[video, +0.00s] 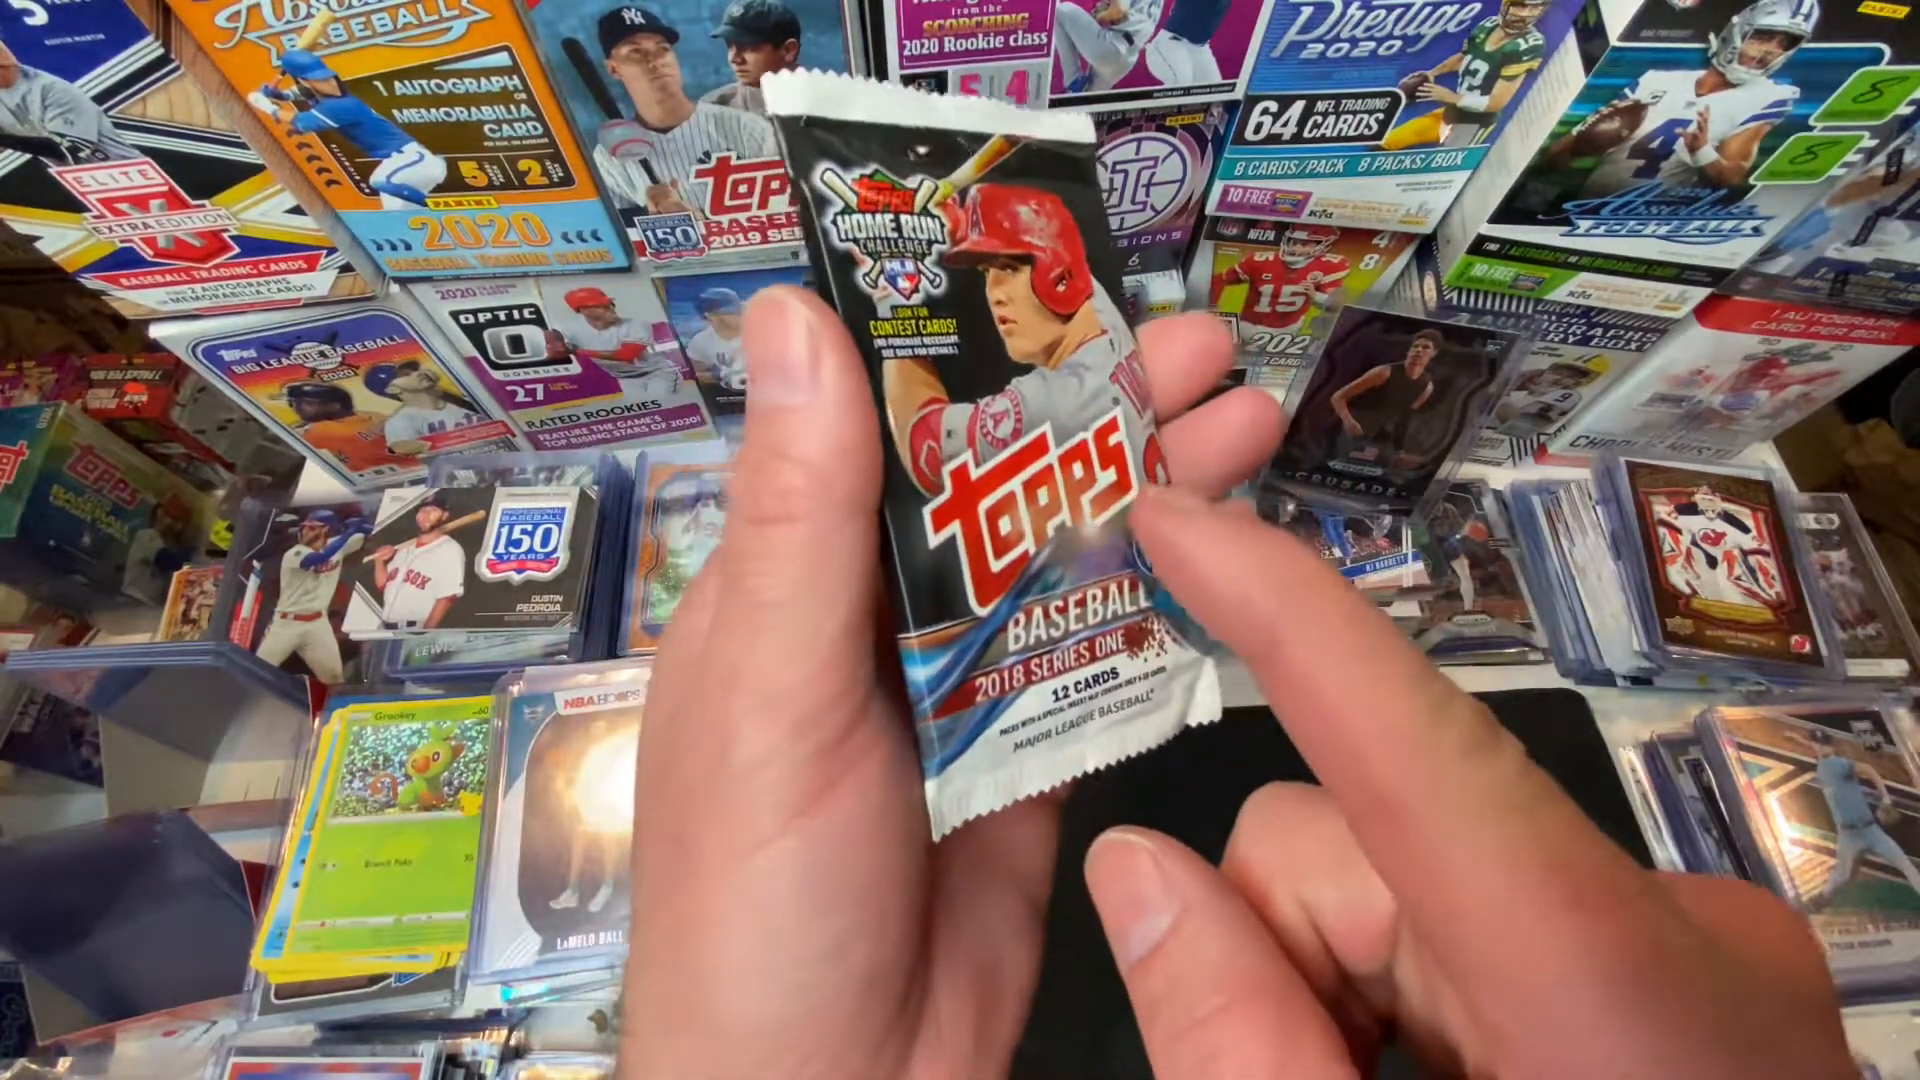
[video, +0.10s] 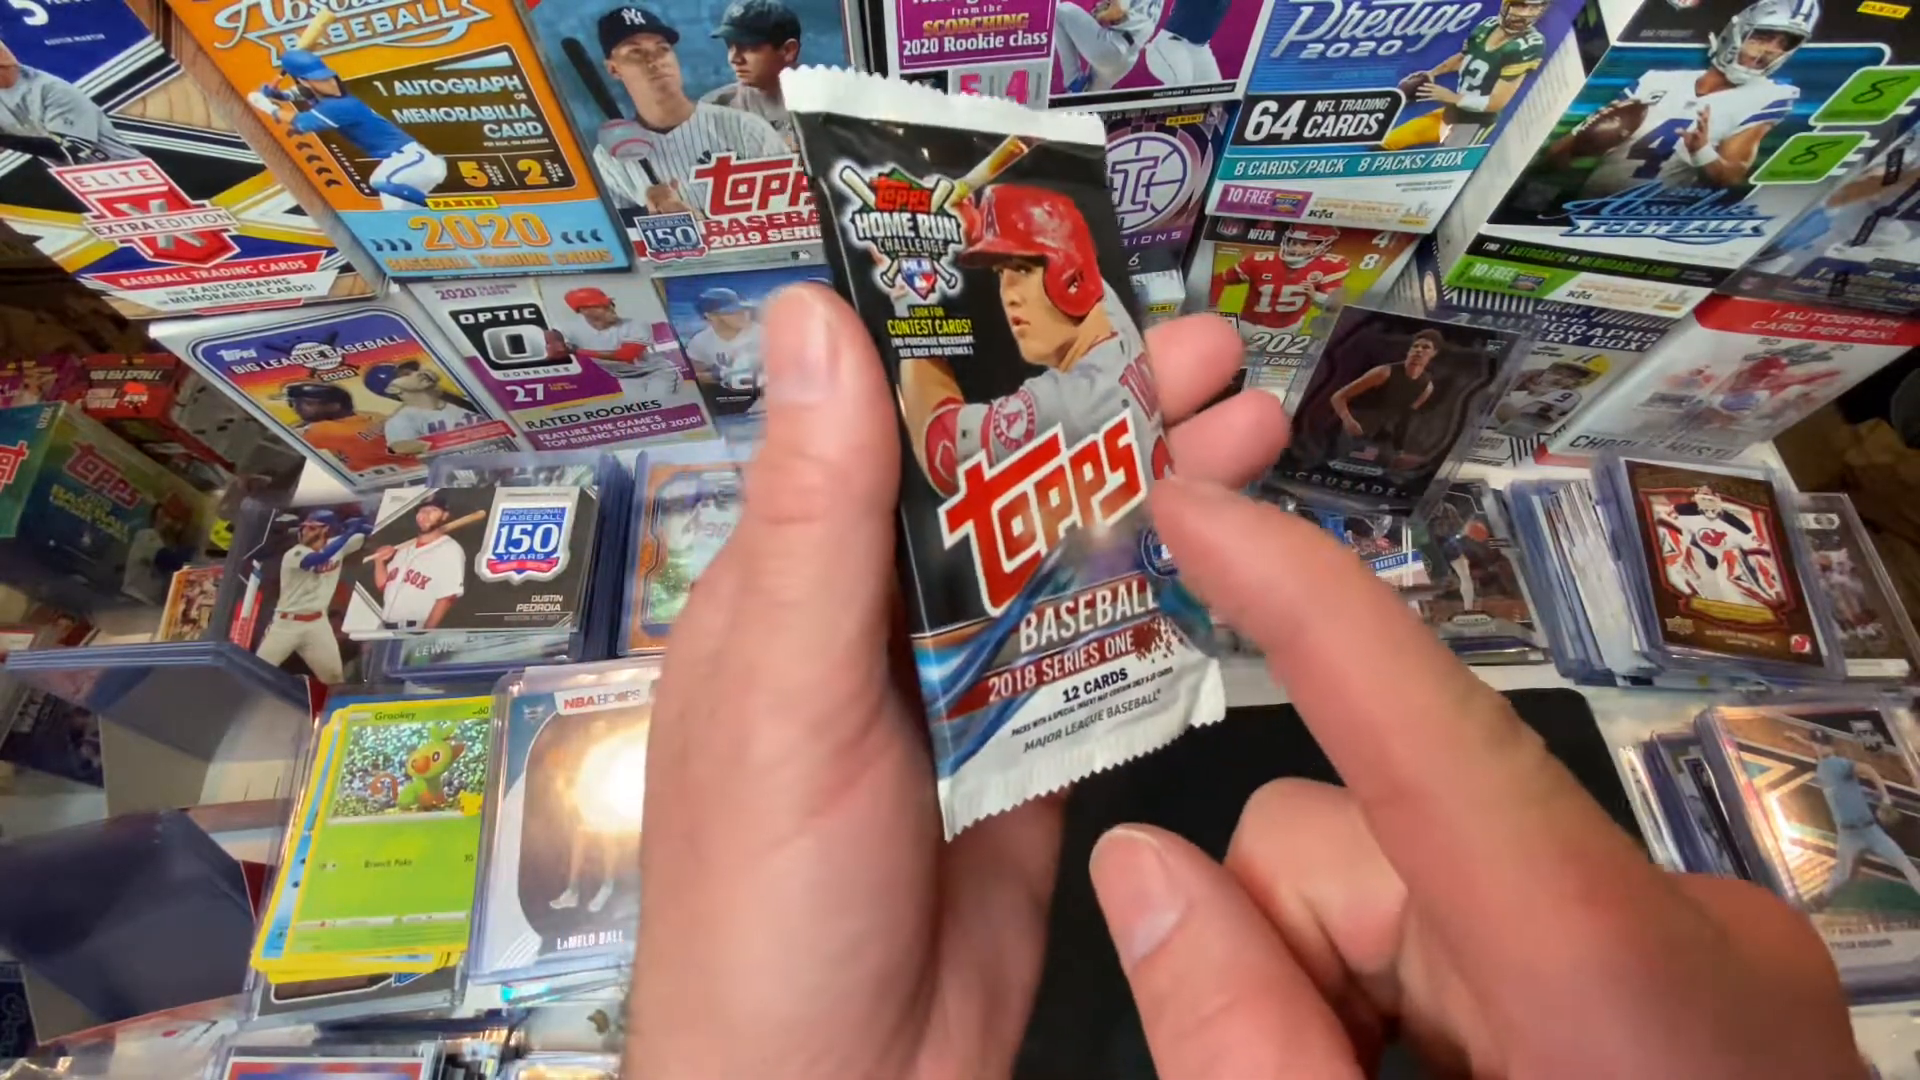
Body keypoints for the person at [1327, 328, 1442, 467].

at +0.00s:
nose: (1418, 350)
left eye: (1425, 347)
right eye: (1415, 346)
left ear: (1433, 355)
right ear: (1409, 350)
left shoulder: (1426, 389)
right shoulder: (1384, 373)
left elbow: (1404, 416)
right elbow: (1338, 397)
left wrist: (1399, 451)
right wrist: (1348, 421)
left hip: (1384, 442)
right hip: (1357, 435)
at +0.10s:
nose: (1419, 350)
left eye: (1426, 347)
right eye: (1416, 346)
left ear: (1433, 354)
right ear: (1409, 349)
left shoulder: (1426, 388)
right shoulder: (1384, 373)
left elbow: (1405, 415)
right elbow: (1338, 397)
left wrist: (1399, 450)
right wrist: (1348, 421)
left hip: (1384, 440)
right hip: (1358, 434)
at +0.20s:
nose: (1418, 351)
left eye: (1425, 347)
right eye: (1415, 346)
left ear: (1433, 354)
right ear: (1409, 350)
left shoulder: (1426, 388)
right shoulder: (1383, 373)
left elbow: (1406, 416)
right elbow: (1338, 398)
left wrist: (1400, 449)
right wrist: (1348, 421)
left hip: (1385, 441)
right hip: (1358, 433)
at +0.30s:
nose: (1419, 350)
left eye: (1426, 347)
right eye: (1416, 345)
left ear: (1433, 354)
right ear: (1409, 349)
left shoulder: (1426, 388)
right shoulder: (1384, 373)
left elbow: (1406, 416)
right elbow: (1338, 397)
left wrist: (1400, 449)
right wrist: (1347, 420)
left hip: (1385, 441)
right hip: (1358, 433)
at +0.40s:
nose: (1418, 351)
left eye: (1425, 347)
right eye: (1415, 346)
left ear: (1433, 354)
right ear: (1409, 349)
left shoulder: (1426, 388)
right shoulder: (1384, 373)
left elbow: (1406, 416)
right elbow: (1338, 398)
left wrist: (1400, 449)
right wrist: (1348, 421)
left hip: (1386, 440)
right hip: (1359, 433)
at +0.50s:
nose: (1418, 350)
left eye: (1425, 347)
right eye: (1415, 346)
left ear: (1433, 354)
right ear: (1409, 349)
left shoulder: (1426, 388)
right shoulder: (1384, 373)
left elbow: (1406, 416)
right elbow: (1338, 398)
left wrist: (1400, 450)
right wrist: (1348, 421)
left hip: (1386, 440)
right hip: (1359, 433)